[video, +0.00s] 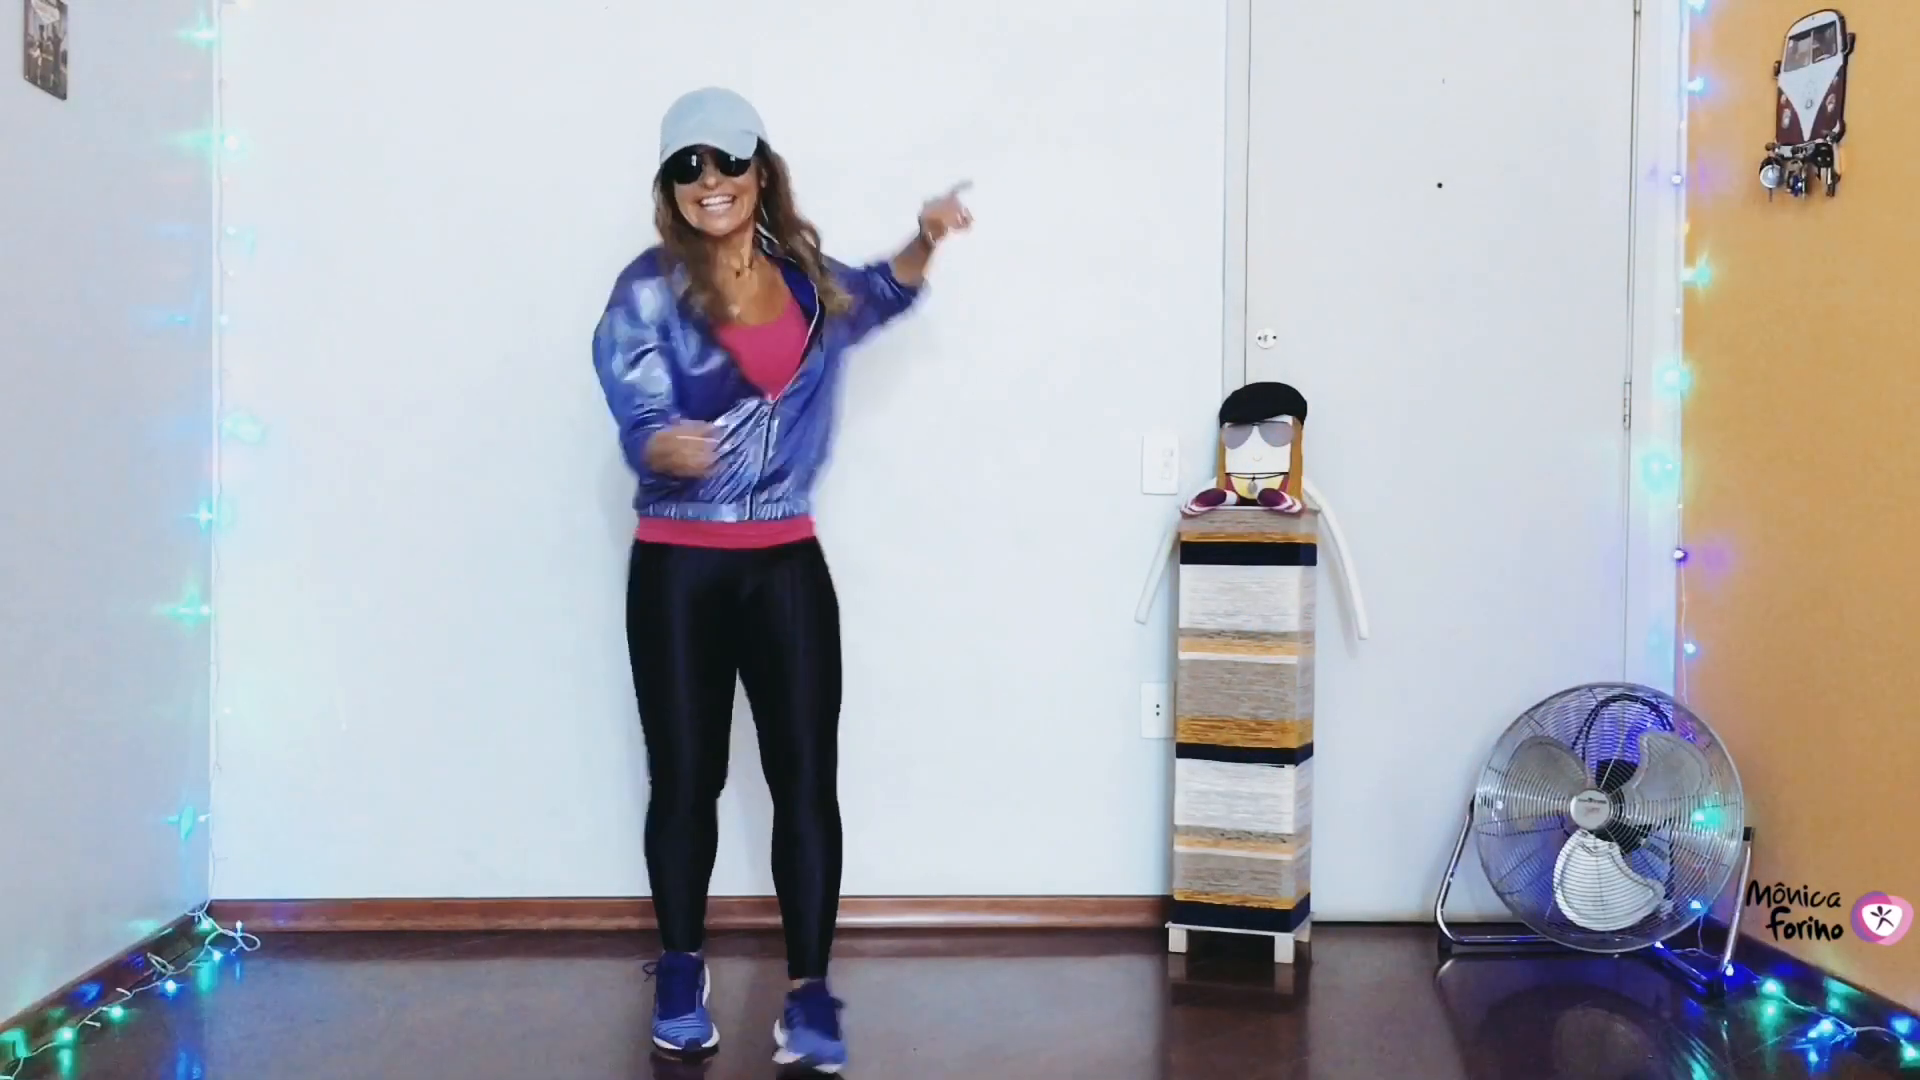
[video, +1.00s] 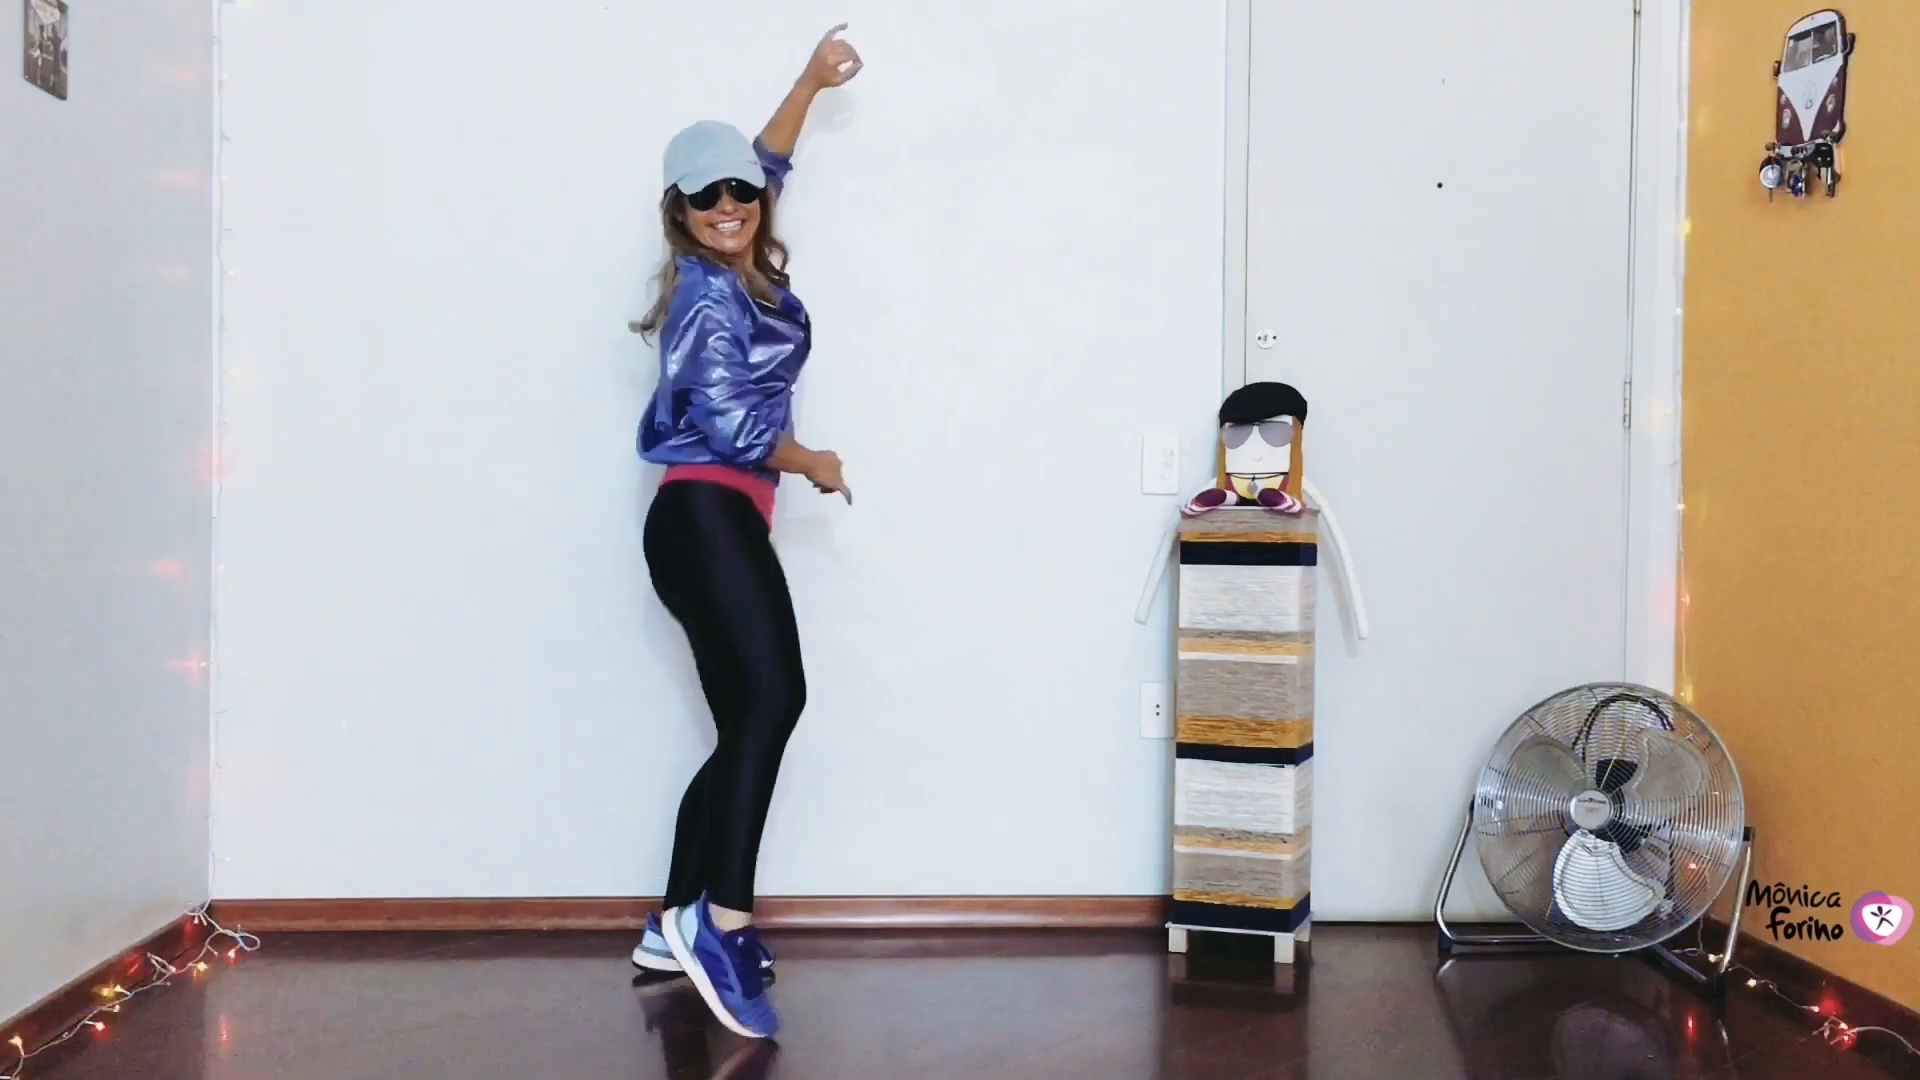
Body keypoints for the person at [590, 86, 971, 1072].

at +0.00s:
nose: (712, 185)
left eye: (730, 166)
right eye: (691, 171)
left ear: (762, 176)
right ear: (670, 188)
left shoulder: (801, 277)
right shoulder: (646, 293)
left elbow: (866, 300)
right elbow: (638, 411)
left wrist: (921, 249)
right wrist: (657, 446)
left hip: (789, 564)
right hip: (680, 570)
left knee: (807, 779)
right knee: (685, 782)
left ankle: (809, 992)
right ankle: (680, 975)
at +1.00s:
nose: (721, 211)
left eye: (735, 195)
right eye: (701, 201)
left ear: (758, 201)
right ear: (679, 215)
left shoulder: (745, 269)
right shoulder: (706, 297)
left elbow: (768, 164)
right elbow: (717, 421)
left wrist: (811, 82)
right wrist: (798, 457)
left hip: (728, 513)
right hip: (701, 511)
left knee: (758, 713)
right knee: (769, 703)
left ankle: (680, 918)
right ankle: (722, 921)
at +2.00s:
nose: (745, 143)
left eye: (769, 133)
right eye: (731, 124)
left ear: (799, 153)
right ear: (706, 135)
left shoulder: (791, 246)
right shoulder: (692, 236)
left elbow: (757, 362)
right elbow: (636, 202)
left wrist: (633, 331)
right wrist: (583, 146)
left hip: (784, 538)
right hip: (706, 536)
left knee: (764, 751)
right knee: (645, 729)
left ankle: (842, 981)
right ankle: (640, 960)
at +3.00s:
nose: (725, 190)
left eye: (746, 183)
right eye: (714, 171)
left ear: (764, 203)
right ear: (687, 179)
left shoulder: (756, 284)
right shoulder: (669, 266)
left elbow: (762, 419)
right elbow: (622, 175)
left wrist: (655, 440)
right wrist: (621, 77)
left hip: (758, 521)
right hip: (695, 532)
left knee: (726, 702)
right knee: (671, 714)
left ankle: (759, 919)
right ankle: (713, 912)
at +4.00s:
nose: (760, 166)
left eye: (775, 148)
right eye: (737, 156)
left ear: (800, 162)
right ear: (714, 180)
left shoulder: (791, 239)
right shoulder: (730, 278)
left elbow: (814, 154)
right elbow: (750, 440)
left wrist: (900, 104)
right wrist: (864, 492)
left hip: (731, 532)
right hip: (665, 530)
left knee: (816, 698)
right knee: (674, 736)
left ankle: (795, 900)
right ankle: (622, 968)